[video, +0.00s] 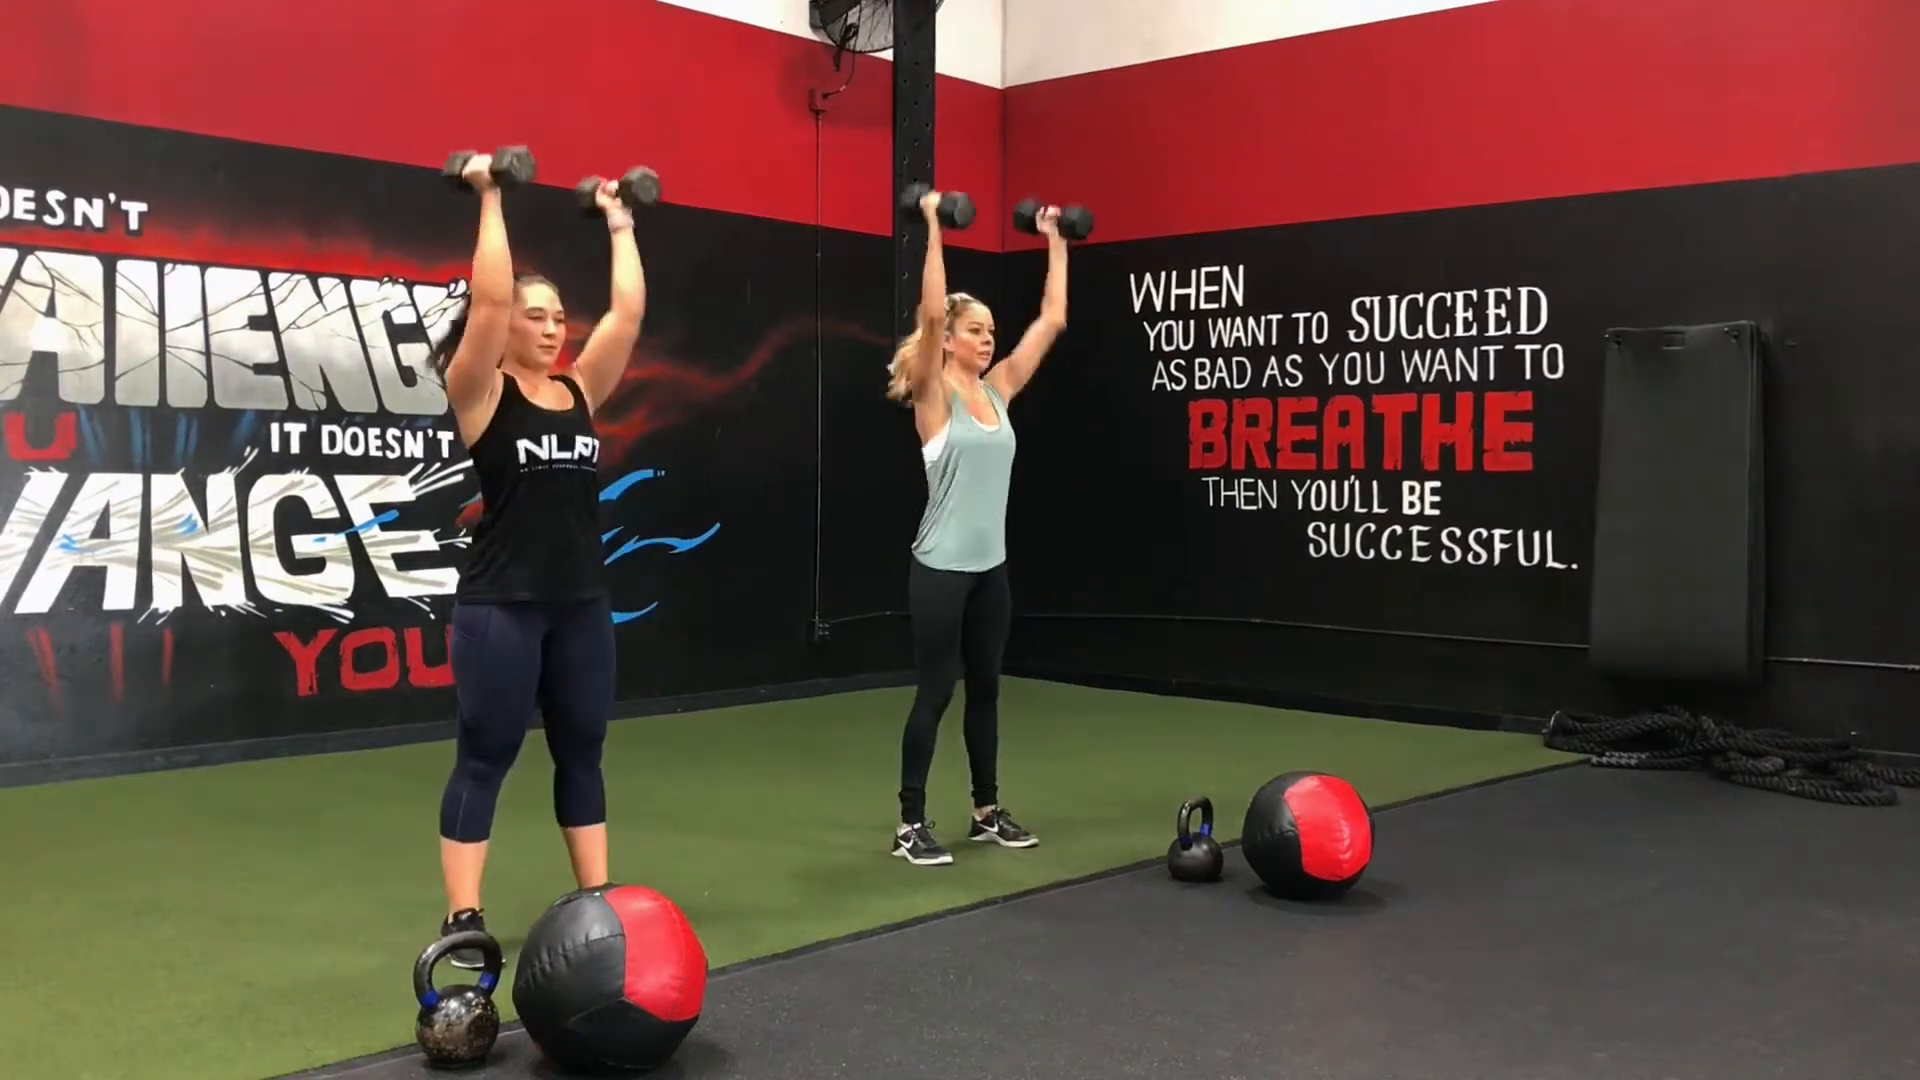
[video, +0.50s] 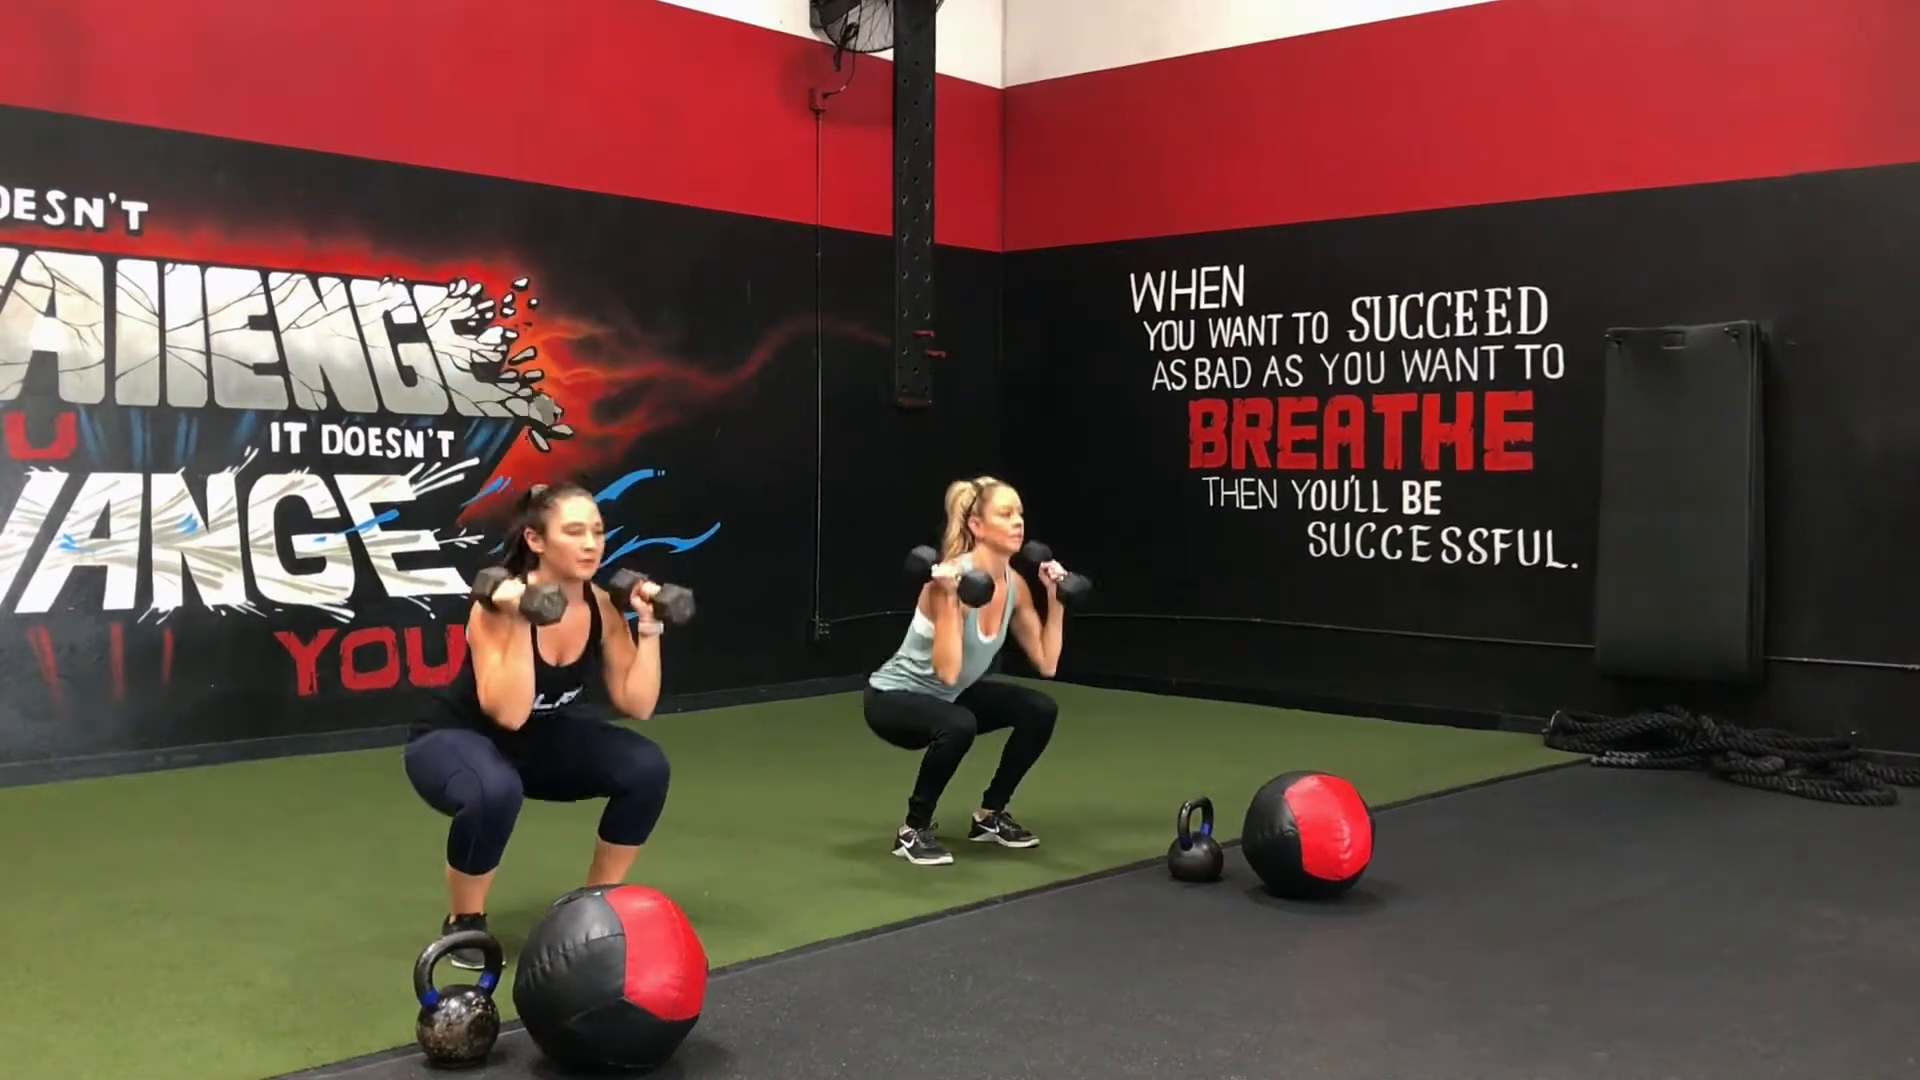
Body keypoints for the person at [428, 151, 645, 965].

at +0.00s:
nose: (554, 326)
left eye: (559, 315)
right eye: (537, 314)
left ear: (566, 325)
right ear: (499, 319)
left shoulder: (578, 388)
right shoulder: (477, 391)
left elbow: (628, 307)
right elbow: (492, 299)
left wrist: (618, 214)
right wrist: (491, 195)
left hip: (580, 606)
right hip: (500, 607)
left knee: (583, 753)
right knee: (485, 757)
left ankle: (598, 906)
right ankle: (464, 920)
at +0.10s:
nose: (555, 327)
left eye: (559, 316)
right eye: (539, 315)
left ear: (566, 323)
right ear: (502, 322)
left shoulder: (580, 388)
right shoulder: (478, 391)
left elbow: (635, 314)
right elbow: (489, 312)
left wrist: (626, 225)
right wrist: (494, 203)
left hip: (580, 606)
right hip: (500, 606)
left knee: (583, 751)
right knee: (489, 756)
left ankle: (596, 903)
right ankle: (465, 918)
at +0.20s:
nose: (556, 333)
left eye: (562, 321)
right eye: (541, 321)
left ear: (569, 330)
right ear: (507, 329)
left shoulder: (583, 404)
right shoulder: (476, 402)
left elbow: (667, 402)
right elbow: (498, 388)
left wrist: (646, 313)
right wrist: (495, 298)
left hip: (566, 609)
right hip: (485, 608)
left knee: (592, 741)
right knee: (491, 750)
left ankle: (597, 904)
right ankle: (465, 918)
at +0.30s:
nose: (570, 400)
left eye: (575, 388)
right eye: (554, 389)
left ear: (583, 399)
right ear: (515, 401)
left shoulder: (591, 474)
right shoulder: (485, 466)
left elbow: (657, 539)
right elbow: (509, 535)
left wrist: (655, 458)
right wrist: (509, 450)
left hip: (545, 642)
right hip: (464, 642)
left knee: (623, 746)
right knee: (489, 763)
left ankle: (595, 905)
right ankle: (465, 923)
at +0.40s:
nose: (588, 494)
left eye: (592, 481)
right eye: (571, 482)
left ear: (597, 486)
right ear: (530, 494)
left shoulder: (599, 558)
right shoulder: (492, 558)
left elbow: (639, 653)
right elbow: (507, 658)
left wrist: (650, 575)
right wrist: (512, 564)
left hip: (535, 697)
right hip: (455, 700)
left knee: (641, 759)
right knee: (491, 782)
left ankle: (597, 907)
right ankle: (464, 926)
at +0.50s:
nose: (591, 543)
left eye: (597, 531)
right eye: (575, 531)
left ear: (604, 539)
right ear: (535, 542)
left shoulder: (604, 606)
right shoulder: (496, 605)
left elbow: (638, 704)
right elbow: (509, 712)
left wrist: (649, 626)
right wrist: (519, 617)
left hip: (541, 739)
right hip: (458, 738)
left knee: (645, 768)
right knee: (494, 791)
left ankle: (596, 907)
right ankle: (466, 926)